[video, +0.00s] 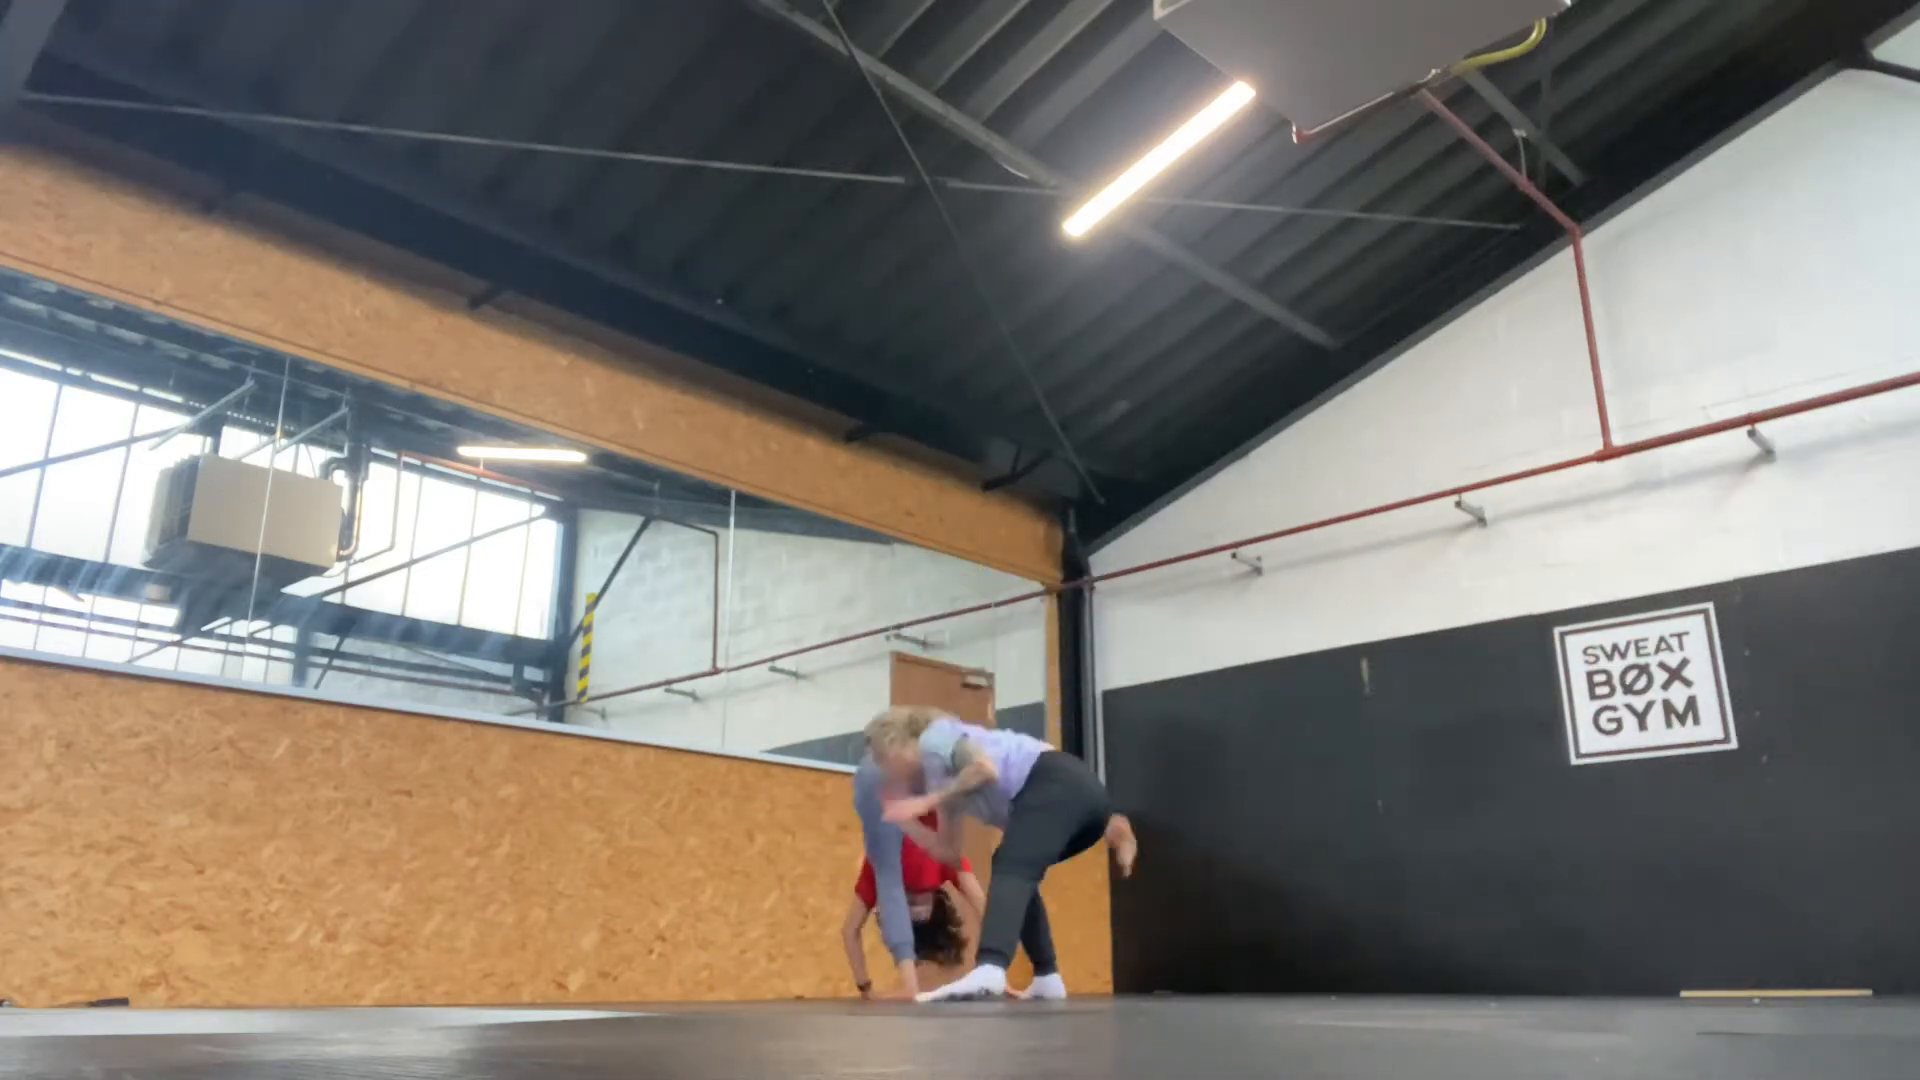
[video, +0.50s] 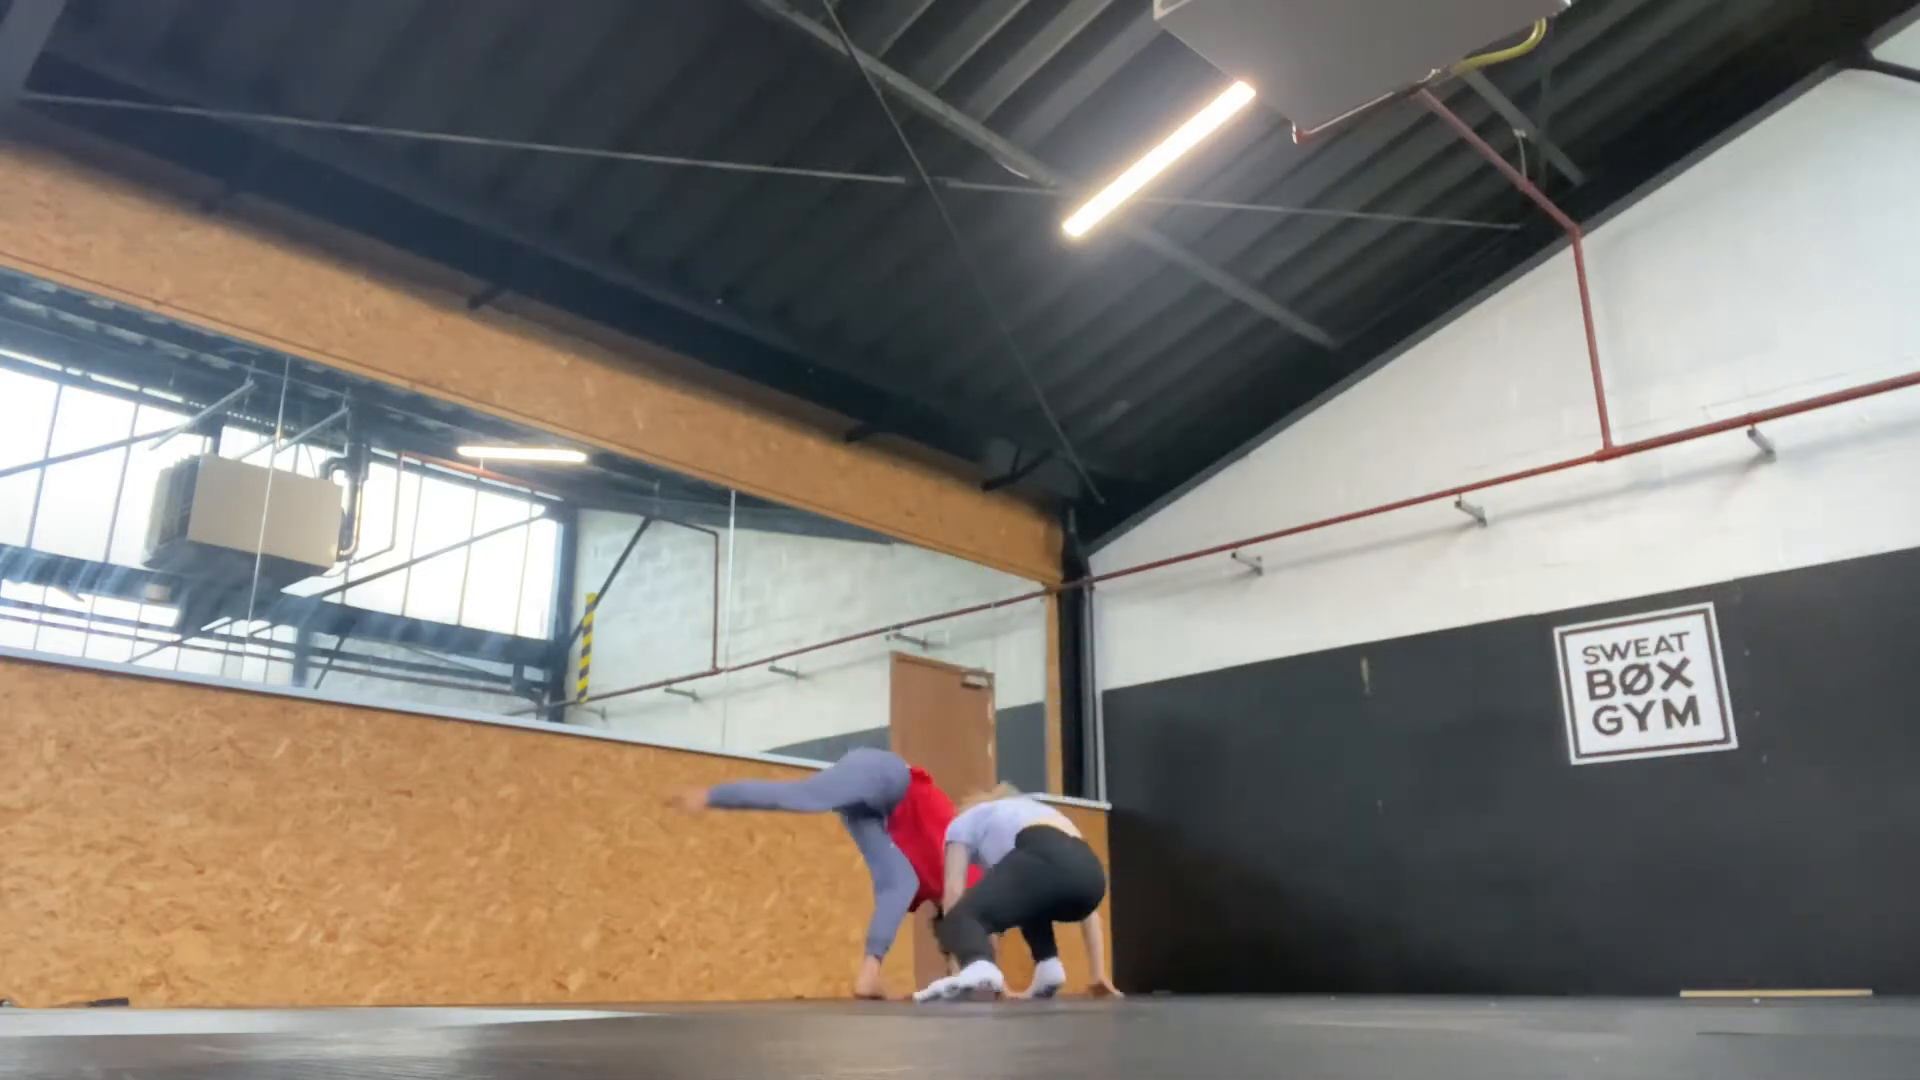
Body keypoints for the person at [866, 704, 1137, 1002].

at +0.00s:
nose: (886, 772)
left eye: (884, 760)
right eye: (881, 763)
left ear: (901, 744)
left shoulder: (936, 737)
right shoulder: (944, 781)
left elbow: (985, 771)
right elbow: (949, 854)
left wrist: (927, 801)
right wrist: (903, 821)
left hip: (1059, 781)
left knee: (1010, 867)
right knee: (1018, 877)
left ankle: (990, 969)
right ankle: (1047, 979)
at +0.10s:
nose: (889, 836)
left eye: (884, 824)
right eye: (882, 829)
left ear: (897, 805)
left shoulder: (930, 784)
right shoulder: (950, 827)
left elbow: (971, 814)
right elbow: (969, 901)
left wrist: (930, 865)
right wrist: (919, 907)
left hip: (1066, 795)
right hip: (1097, 813)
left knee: (1013, 875)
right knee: (1017, 879)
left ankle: (989, 971)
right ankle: (1048, 978)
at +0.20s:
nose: (904, 875)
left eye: (897, 864)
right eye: (896, 869)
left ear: (903, 842)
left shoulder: (934, 819)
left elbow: (954, 873)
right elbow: (987, 904)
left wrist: (932, 932)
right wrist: (973, 958)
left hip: (1065, 805)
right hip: (1099, 818)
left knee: (1017, 883)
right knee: (1026, 887)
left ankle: (991, 972)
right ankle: (1048, 977)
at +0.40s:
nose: (930, 845)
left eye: (931, 841)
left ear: (938, 837)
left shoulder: (945, 840)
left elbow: (948, 907)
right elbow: (1068, 891)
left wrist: (956, 971)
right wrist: (1068, 957)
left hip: (1050, 839)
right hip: (1099, 853)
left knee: (994, 910)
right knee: (1032, 898)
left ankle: (990, 974)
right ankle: (1047, 974)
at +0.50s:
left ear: (968, 811)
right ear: (1004, 802)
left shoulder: (965, 821)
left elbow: (952, 896)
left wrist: (955, 963)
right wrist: (1098, 977)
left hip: (1041, 863)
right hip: (1090, 878)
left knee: (960, 917)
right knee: (1029, 904)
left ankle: (978, 967)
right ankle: (1048, 966)